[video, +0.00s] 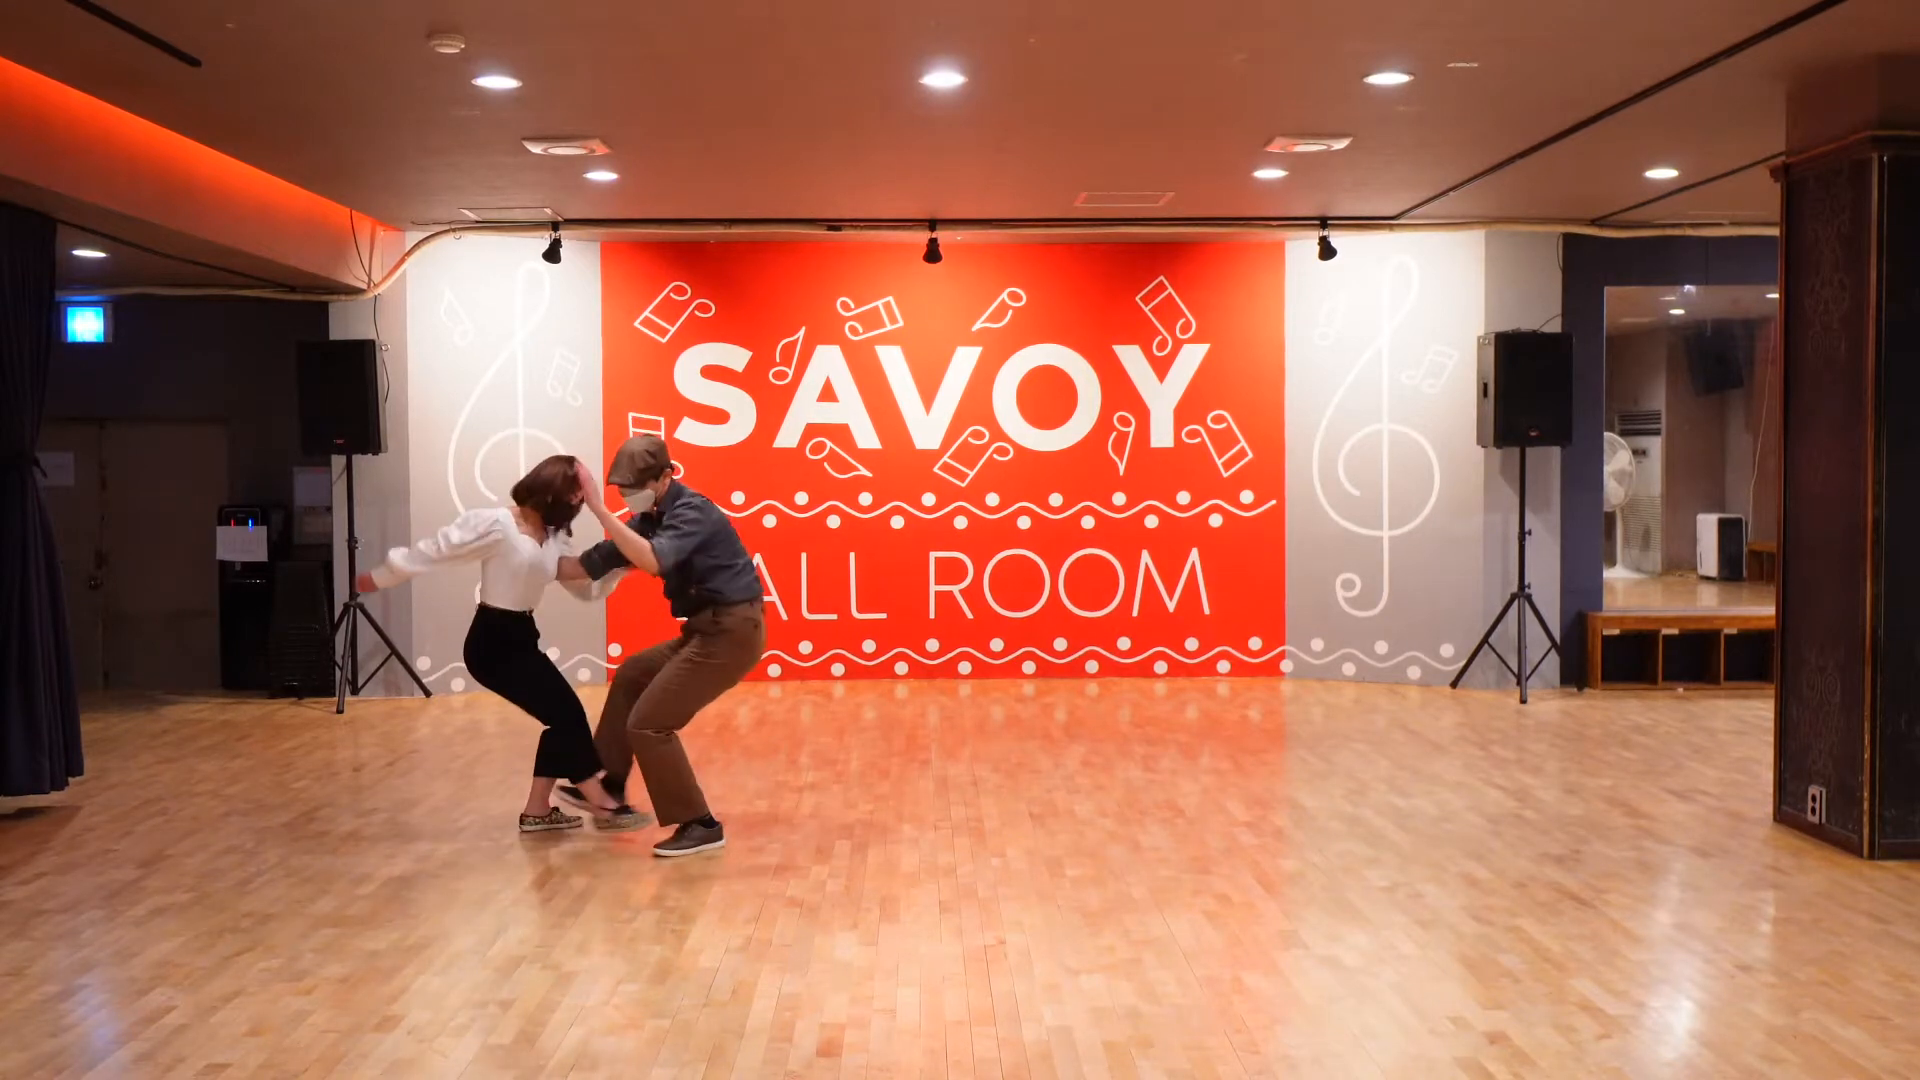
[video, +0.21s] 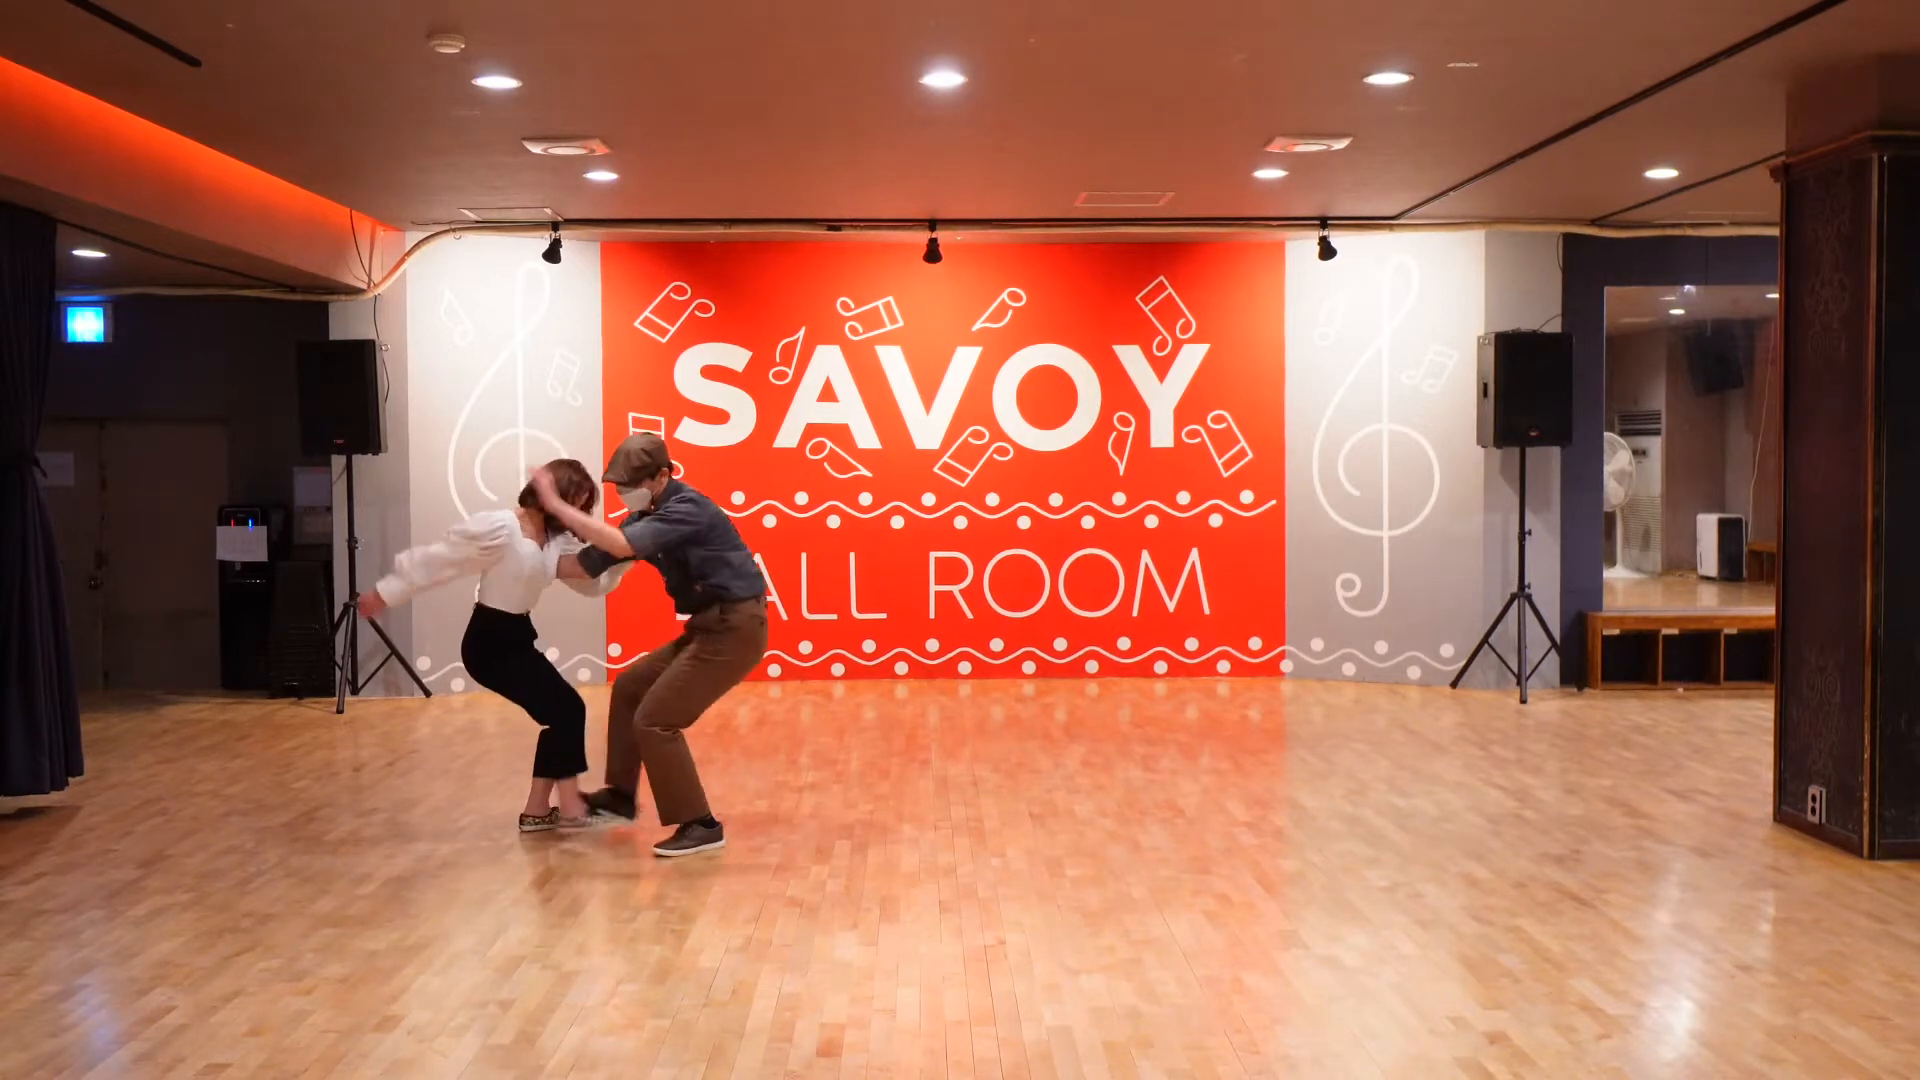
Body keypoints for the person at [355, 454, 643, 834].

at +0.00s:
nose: (576, 509)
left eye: (578, 503)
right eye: (574, 501)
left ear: (539, 488)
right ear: (559, 498)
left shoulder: (554, 541)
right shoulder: (497, 525)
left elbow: (587, 589)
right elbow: (434, 549)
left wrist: (621, 561)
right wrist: (378, 577)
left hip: (522, 642)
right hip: (491, 645)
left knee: (564, 713)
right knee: (566, 712)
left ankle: (537, 809)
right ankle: (603, 804)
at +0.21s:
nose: (583, 516)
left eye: (585, 508)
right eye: (581, 505)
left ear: (551, 496)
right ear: (561, 500)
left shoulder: (556, 541)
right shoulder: (502, 528)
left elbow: (592, 583)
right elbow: (439, 559)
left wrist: (627, 551)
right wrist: (384, 594)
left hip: (519, 641)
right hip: (488, 644)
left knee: (561, 711)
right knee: (568, 706)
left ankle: (537, 810)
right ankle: (573, 808)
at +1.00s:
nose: (564, 502)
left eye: (564, 494)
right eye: (560, 494)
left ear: (524, 491)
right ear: (541, 495)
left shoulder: (521, 536)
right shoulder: (503, 547)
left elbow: (481, 583)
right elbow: (523, 617)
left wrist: (460, 621)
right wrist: (558, 669)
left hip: (498, 645)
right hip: (480, 654)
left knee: (561, 709)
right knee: (550, 721)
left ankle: (531, 806)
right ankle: (527, 821)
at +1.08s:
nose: (562, 499)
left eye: (562, 492)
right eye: (557, 491)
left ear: (523, 491)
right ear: (537, 493)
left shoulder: (519, 538)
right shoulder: (501, 547)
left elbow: (523, 585)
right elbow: (495, 620)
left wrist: (554, 574)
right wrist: (481, 682)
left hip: (503, 648)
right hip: (489, 654)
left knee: (552, 721)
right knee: (557, 724)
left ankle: (524, 813)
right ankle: (528, 820)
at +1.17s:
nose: (553, 500)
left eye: (556, 492)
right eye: (549, 491)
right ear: (527, 489)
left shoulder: (524, 546)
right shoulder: (492, 543)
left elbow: (532, 606)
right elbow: (455, 603)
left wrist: (574, 640)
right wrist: (413, 655)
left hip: (499, 654)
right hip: (479, 657)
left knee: (546, 717)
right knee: (565, 711)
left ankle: (520, 813)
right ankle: (540, 810)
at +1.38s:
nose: (544, 498)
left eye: (549, 492)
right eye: (540, 489)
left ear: (543, 493)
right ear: (517, 483)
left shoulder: (529, 538)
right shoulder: (477, 525)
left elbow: (572, 552)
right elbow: (411, 543)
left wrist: (611, 534)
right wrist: (345, 563)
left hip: (494, 644)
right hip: (469, 645)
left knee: (544, 716)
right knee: (551, 711)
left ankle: (520, 813)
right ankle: (628, 778)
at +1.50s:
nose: (540, 495)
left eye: (543, 487)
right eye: (535, 485)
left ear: (534, 489)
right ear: (512, 482)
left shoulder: (524, 535)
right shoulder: (472, 527)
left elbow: (572, 548)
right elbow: (408, 551)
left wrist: (617, 520)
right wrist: (345, 577)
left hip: (490, 643)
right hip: (465, 646)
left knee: (538, 714)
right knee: (556, 694)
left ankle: (519, 811)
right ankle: (598, 787)